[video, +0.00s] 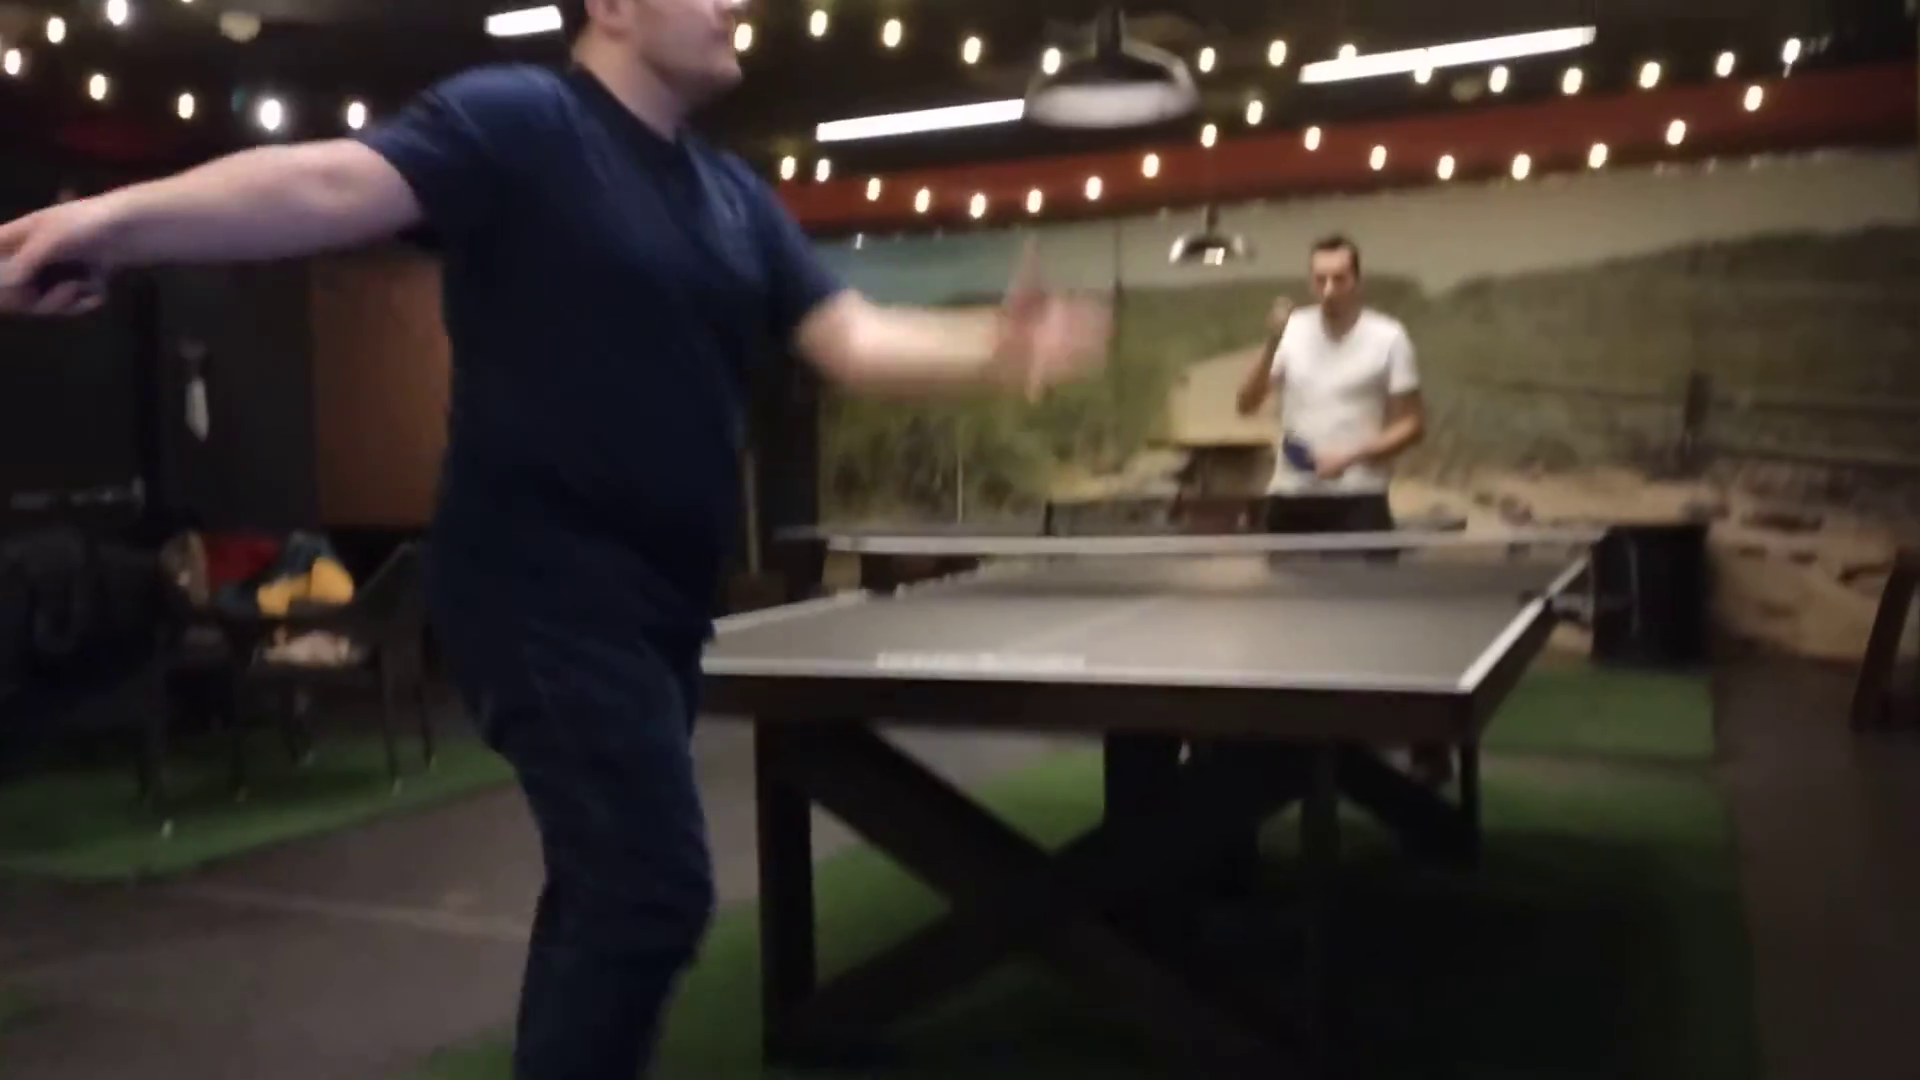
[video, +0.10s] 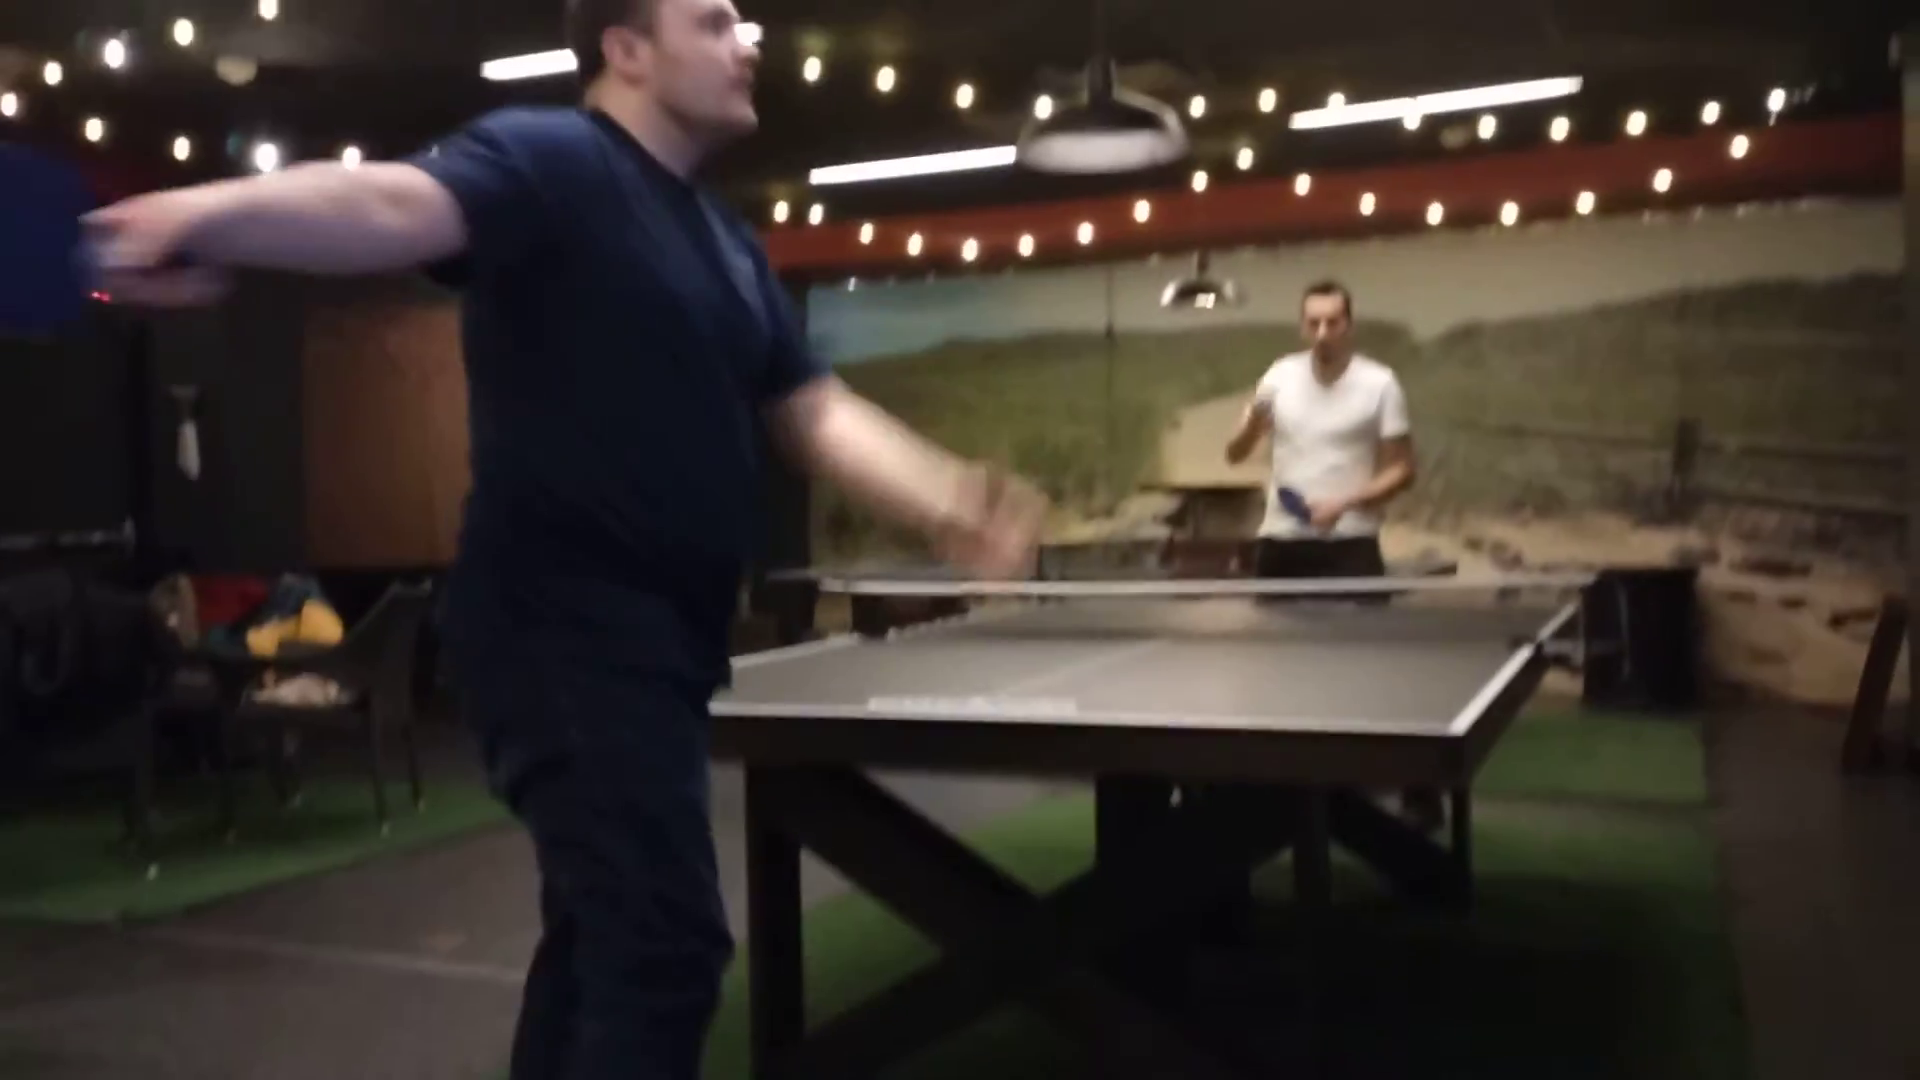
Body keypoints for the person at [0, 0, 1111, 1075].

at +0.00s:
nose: (737, 15)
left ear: (669, 25)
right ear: (613, 9)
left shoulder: (736, 200)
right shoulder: (520, 119)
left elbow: (852, 338)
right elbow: (335, 187)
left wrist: (998, 341)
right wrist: (113, 222)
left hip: (659, 600)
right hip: (530, 584)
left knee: (608, 898)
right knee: (650, 897)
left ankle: (565, 1068)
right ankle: (566, 1076)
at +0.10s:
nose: (748, 41)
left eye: (742, 21)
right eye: (713, 17)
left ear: (667, 56)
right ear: (626, 50)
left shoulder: (729, 249)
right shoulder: (555, 156)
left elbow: (816, 410)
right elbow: (395, 206)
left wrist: (956, 498)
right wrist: (205, 216)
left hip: (661, 643)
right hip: (556, 633)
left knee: (602, 947)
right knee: (666, 952)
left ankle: (552, 1078)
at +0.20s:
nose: (767, 91)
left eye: (759, 67)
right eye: (735, 65)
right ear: (645, 86)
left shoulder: (697, 261)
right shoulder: (594, 176)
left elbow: (758, 457)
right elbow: (503, 223)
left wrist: (844, 606)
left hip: (659, 680)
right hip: (576, 676)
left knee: (595, 992)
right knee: (674, 995)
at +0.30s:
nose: (781, 140)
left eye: (776, 117)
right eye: (756, 114)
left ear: (668, 127)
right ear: (664, 122)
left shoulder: (662, 247)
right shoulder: (618, 201)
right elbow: (563, 279)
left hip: (638, 691)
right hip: (593, 693)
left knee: (585, 1028)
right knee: (657, 1028)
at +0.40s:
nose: (784, 178)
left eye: (781, 152)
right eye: (762, 148)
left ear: (677, 156)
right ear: (677, 149)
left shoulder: (608, 248)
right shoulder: (641, 226)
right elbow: (694, 347)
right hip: (604, 730)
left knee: (577, 1044)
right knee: (654, 1046)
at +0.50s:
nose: (781, 208)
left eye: (783, 183)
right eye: (772, 178)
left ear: (672, 164)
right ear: (694, 164)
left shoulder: (557, 269)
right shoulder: (688, 248)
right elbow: (835, 431)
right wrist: (1071, 561)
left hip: (509, 751)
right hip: (613, 760)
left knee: (550, 1056)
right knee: (654, 1057)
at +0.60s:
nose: (770, 208)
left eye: (775, 187)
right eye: (773, 185)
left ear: (624, 145)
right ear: (727, 159)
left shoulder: (514, 254)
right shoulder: (754, 244)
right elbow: (908, 472)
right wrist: (970, 613)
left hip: (457, 738)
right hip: (627, 750)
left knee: (509, 1053)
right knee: (650, 1054)